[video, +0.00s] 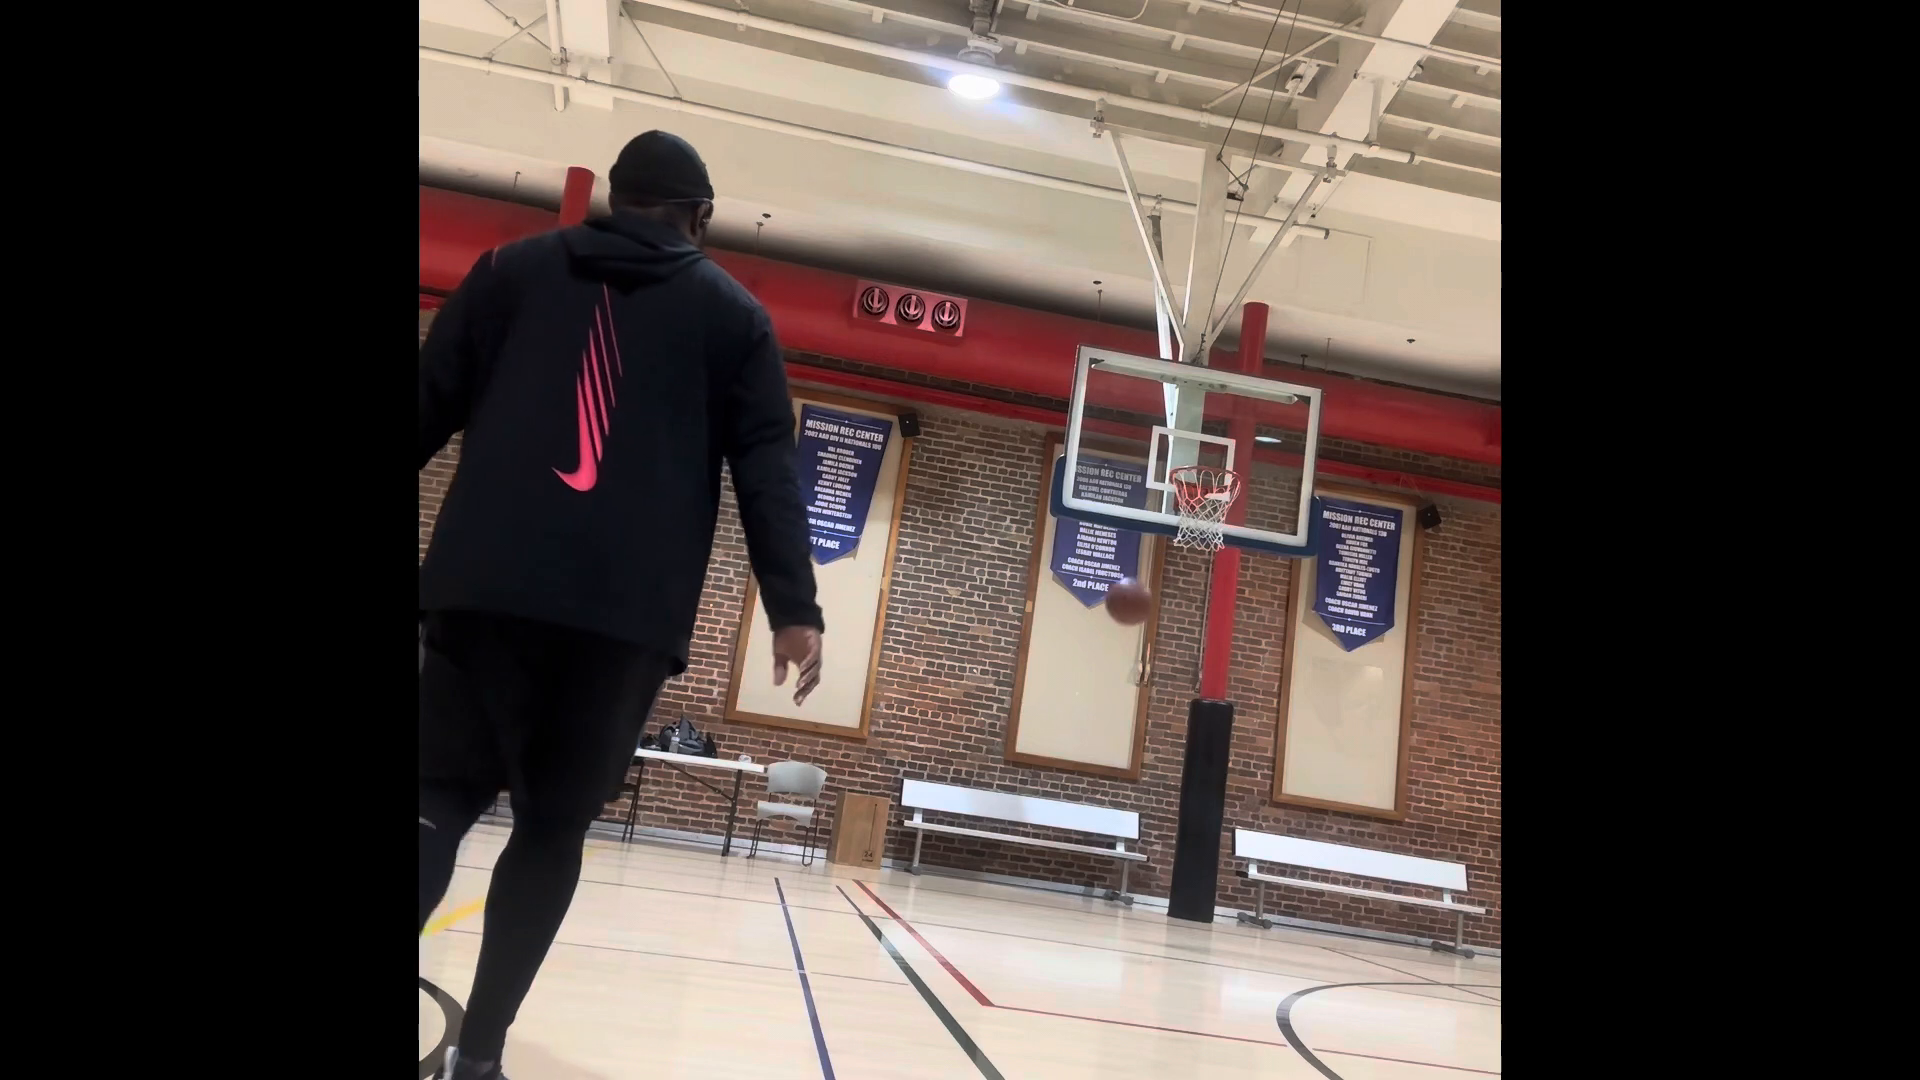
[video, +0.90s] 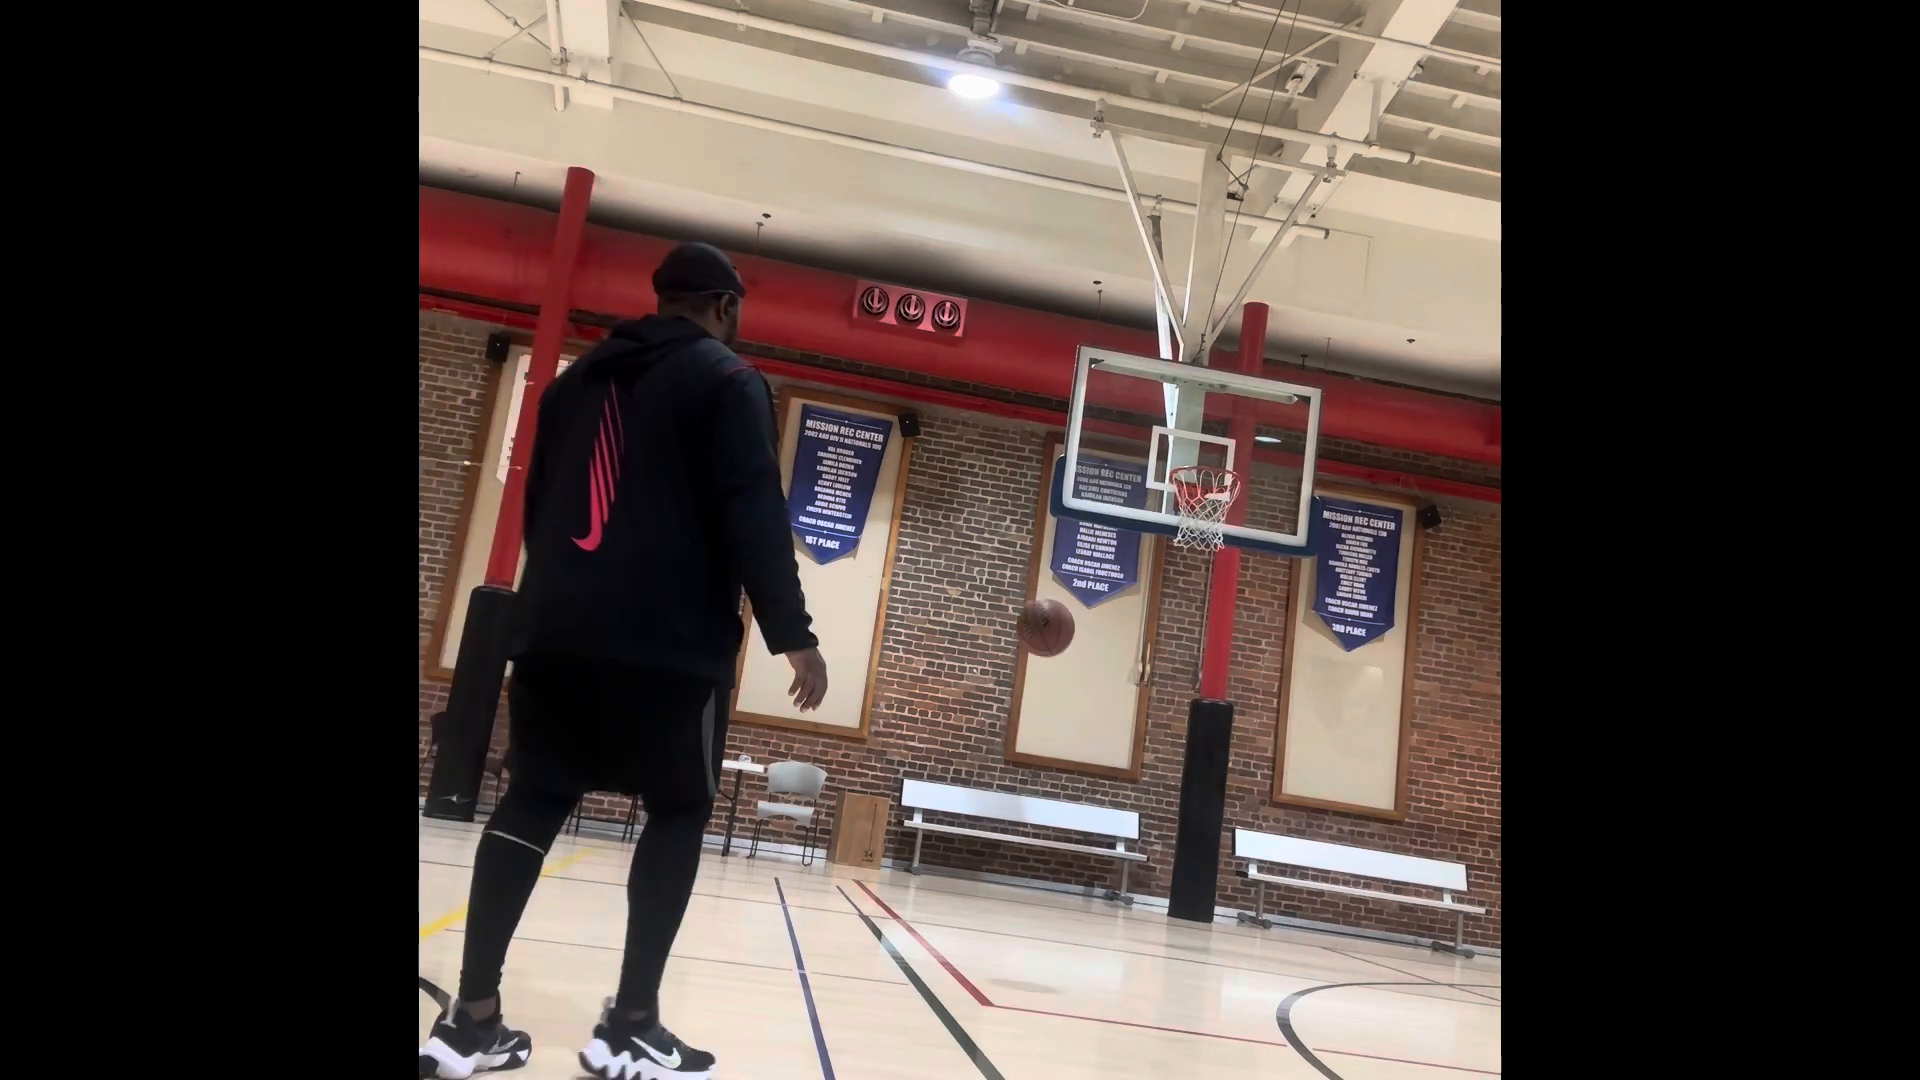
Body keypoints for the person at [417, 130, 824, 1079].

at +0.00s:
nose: (690, 227)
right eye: (701, 216)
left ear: (607, 194)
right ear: (697, 215)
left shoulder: (512, 269)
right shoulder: (731, 316)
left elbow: (426, 407)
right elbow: (767, 469)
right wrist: (796, 605)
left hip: (477, 584)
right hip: (624, 616)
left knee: (439, 793)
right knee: (552, 830)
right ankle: (477, 1048)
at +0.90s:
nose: (738, 325)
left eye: (736, 313)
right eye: (738, 313)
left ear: (658, 299)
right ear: (721, 306)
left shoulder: (578, 379)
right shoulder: (727, 383)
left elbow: (540, 508)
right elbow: (755, 520)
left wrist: (565, 595)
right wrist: (794, 636)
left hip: (558, 631)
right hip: (667, 645)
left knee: (534, 799)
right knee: (680, 809)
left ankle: (472, 1008)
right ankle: (632, 1017)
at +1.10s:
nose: (776, 342)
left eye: (774, 330)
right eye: (776, 329)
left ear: (699, 317)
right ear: (758, 324)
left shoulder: (624, 392)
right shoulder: (762, 396)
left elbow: (589, 517)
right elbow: (777, 523)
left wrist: (608, 609)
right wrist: (796, 640)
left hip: (603, 639)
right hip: (708, 651)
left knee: (589, 797)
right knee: (695, 819)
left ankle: (486, 993)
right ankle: (627, 1024)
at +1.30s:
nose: (809, 361)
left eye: (810, 350)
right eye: (809, 349)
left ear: (733, 331)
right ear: (790, 340)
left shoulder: (661, 400)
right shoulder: (788, 407)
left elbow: (619, 527)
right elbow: (808, 536)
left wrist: (619, 637)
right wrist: (831, 650)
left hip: (648, 638)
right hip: (728, 651)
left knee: (658, 797)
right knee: (701, 824)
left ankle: (558, 946)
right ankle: (627, 1026)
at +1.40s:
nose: (815, 366)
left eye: (816, 355)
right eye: (817, 354)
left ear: (745, 337)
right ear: (798, 346)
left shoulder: (674, 405)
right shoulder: (793, 409)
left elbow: (629, 531)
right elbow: (821, 533)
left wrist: (628, 641)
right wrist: (854, 645)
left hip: (659, 644)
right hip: (733, 654)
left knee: (677, 813)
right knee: (707, 824)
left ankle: (608, 981)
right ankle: (624, 1028)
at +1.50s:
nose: (822, 376)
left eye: (822, 365)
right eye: (822, 363)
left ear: (747, 349)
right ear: (801, 354)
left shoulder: (681, 415)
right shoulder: (797, 417)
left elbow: (638, 536)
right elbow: (830, 538)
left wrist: (637, 643)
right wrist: (872, 645)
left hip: (662, 654)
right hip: (739, 665)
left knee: (676, 821)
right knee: (730, 828)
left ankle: (635, 1002)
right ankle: (629, 1019)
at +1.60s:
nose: (825, 383)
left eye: (825, 372)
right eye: (825, 370)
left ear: (748, 355)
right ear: (804, 361)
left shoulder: (687, 418)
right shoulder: (800, 422)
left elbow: (660, 540)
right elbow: (830, 546)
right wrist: (876, 650)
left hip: (659, 652)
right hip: (751, 662)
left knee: (681, 813)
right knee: (781, 815)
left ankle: (626, 999)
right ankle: (672, 988)